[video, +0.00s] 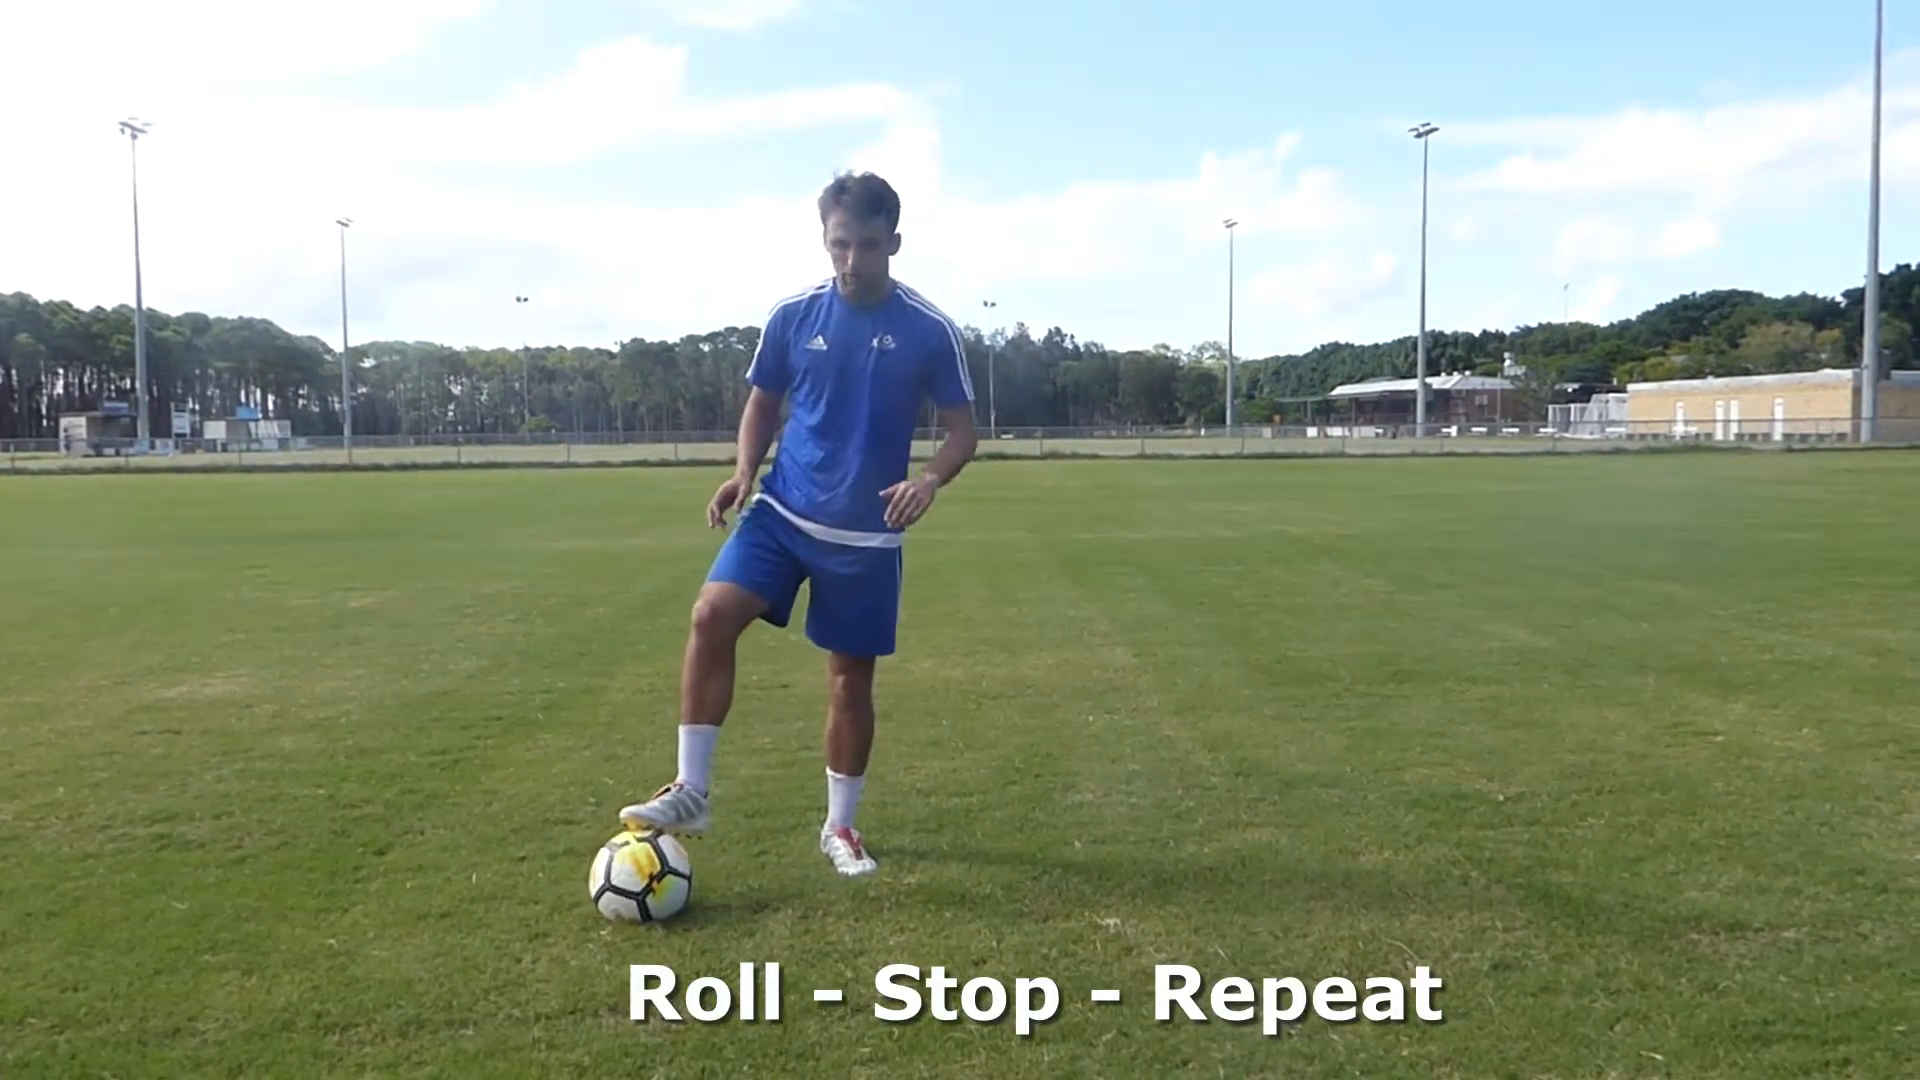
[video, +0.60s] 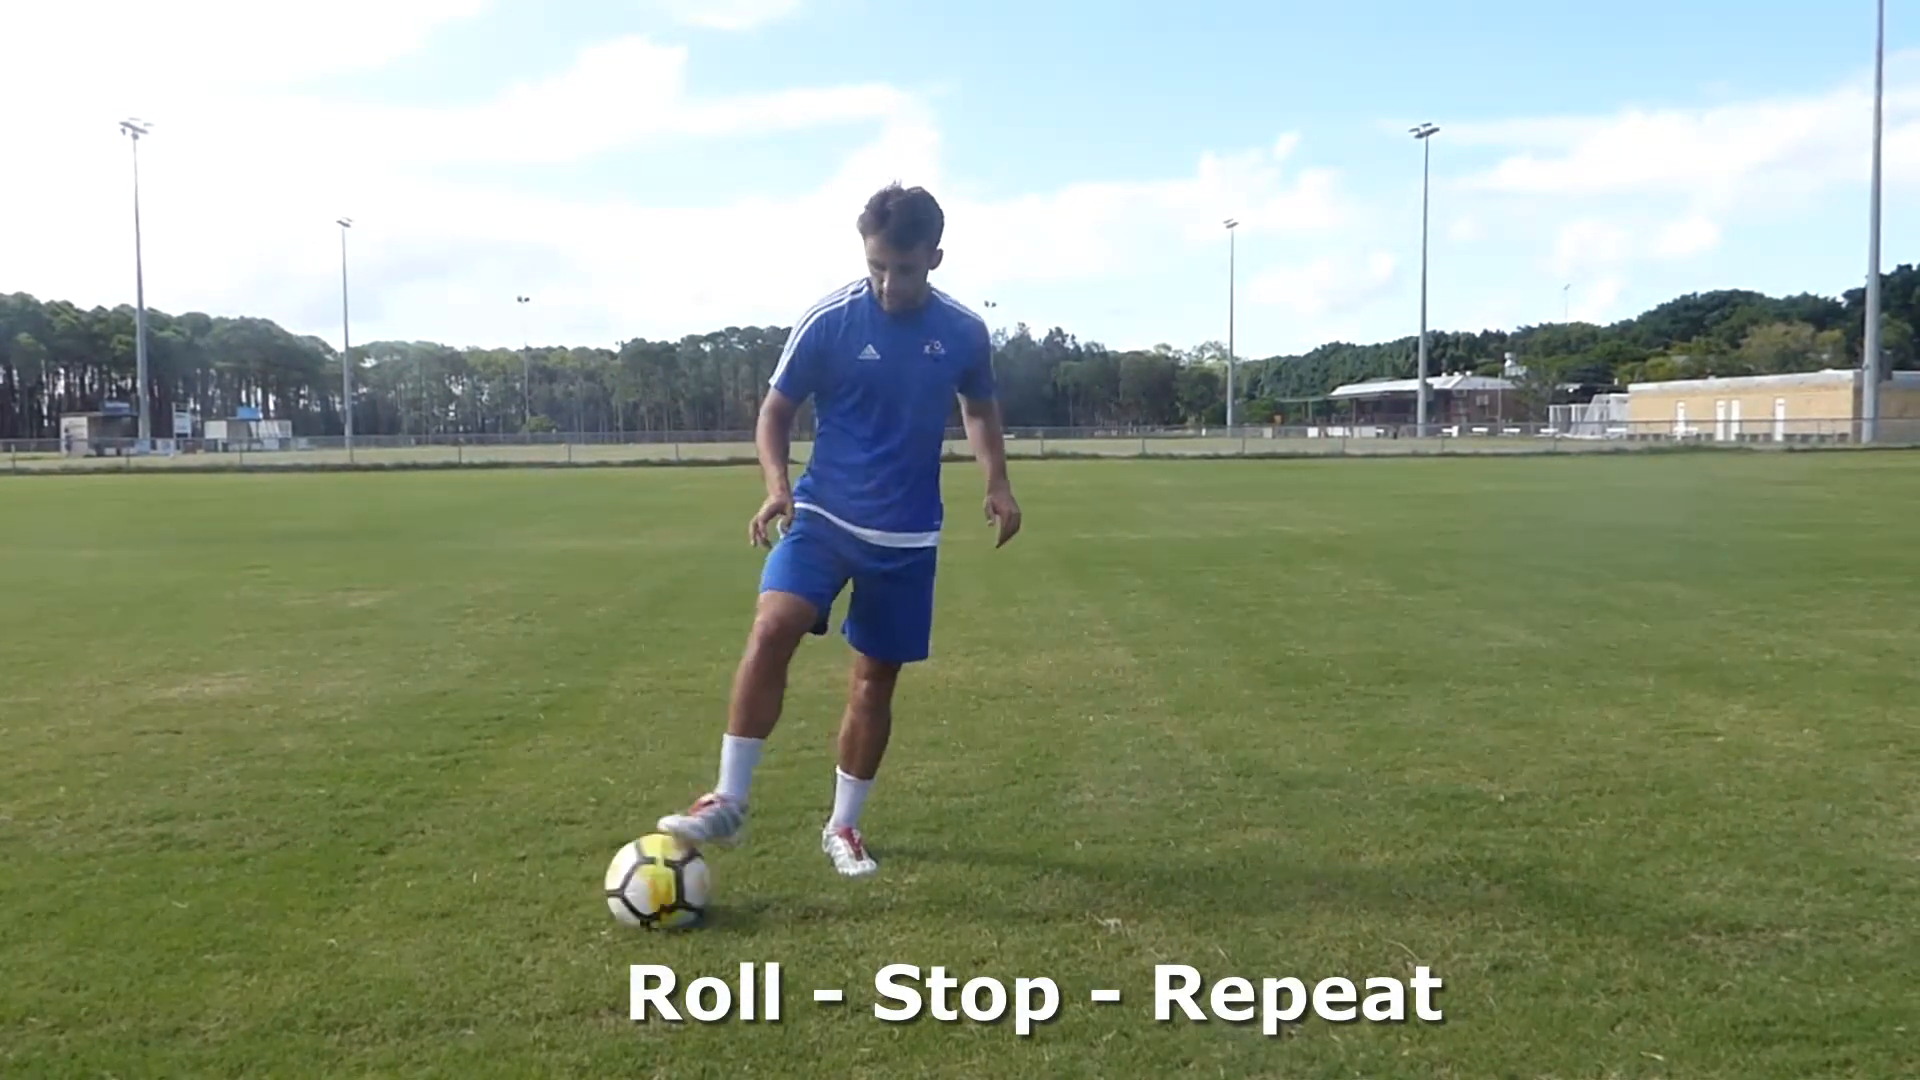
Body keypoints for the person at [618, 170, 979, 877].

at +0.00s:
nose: (849, 262)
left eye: (863, 247)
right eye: (837, 247)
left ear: (893, 240)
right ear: (823, 240)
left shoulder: (931, 333)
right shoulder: (794, 316)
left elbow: (962, 431)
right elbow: (763, 402)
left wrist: (931, 479)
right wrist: (744, 471)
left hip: (864, 538)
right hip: (781, 515)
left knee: (851, 687)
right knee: (712, 615)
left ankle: (839, 831)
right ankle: (690, 793)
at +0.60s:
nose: (888, 284)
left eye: (903, 270)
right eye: (877, 268)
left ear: (934, 258)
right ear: (863, 252)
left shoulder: (964, 333)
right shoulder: (830, 321)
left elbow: (980, 409)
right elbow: (774, 412)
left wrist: (997, 479)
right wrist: (776, 483)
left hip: (907, 537)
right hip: (823, 517)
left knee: (873, 689)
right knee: (771, 630)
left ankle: (843, 829)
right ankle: (729, 803)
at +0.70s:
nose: (890, 285)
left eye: (905, 270)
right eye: (878, 269)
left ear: (936, 256)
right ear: (864, 254)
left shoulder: (975, 332)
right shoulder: (833, 326)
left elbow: (1001, 406)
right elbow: (787, 413)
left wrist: (1015, 480)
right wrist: (794, 489)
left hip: (923, 537)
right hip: (842, 518)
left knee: (883, 685)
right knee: (834, 639)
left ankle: (847, 829)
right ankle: (820, 815)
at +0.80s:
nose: (891, 288)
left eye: (905, 273)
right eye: (879, 272)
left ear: (936, 256)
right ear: (865, 258)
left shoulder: (983, 332)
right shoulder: (837, 334)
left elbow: (1029, 409)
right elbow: (800, 421)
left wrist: (1040, 487)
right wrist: (812, 494)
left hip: (944, 547)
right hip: (863, 538)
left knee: (897, 695)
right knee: (893, 673)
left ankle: (846, 826)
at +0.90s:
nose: (896, 288)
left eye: (910, 273)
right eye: (885, 273)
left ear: (944, 257)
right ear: (873, 262)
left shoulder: (994, 330)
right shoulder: (848, 344)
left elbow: (1048, 404)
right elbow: (817, 428)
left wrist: (1060, 476)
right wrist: (834, 511)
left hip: (972, 547)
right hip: (892, 548)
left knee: (937, 699)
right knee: (945, 692)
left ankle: (859, 824)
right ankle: (989, 840)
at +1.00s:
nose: (915, 290)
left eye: (929, 274)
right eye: (901, 275)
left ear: (958, 258)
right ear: (886, 263)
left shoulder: (1009, 327)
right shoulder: (862, 349)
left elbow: (1059, 404)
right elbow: (833, 439)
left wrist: (1074, 462)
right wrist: (857, 524)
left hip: (1000, 545)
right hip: (918, 552)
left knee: (1014, 696)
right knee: (968, 695)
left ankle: (913, 793)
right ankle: (999, 844)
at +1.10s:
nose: (933, 286)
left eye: (948, 271)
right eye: (919, 271)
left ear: (974, 254)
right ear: (900, 256)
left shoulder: (1020, 321)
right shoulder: (874, 343)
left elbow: (1064, 399)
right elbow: (841, 444)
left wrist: (1090, 461)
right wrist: (879, 522)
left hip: (1020, 540)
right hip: (934, 554)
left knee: (1054, 675)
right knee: (974, 699)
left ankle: (976, 758)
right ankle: (998, 845)